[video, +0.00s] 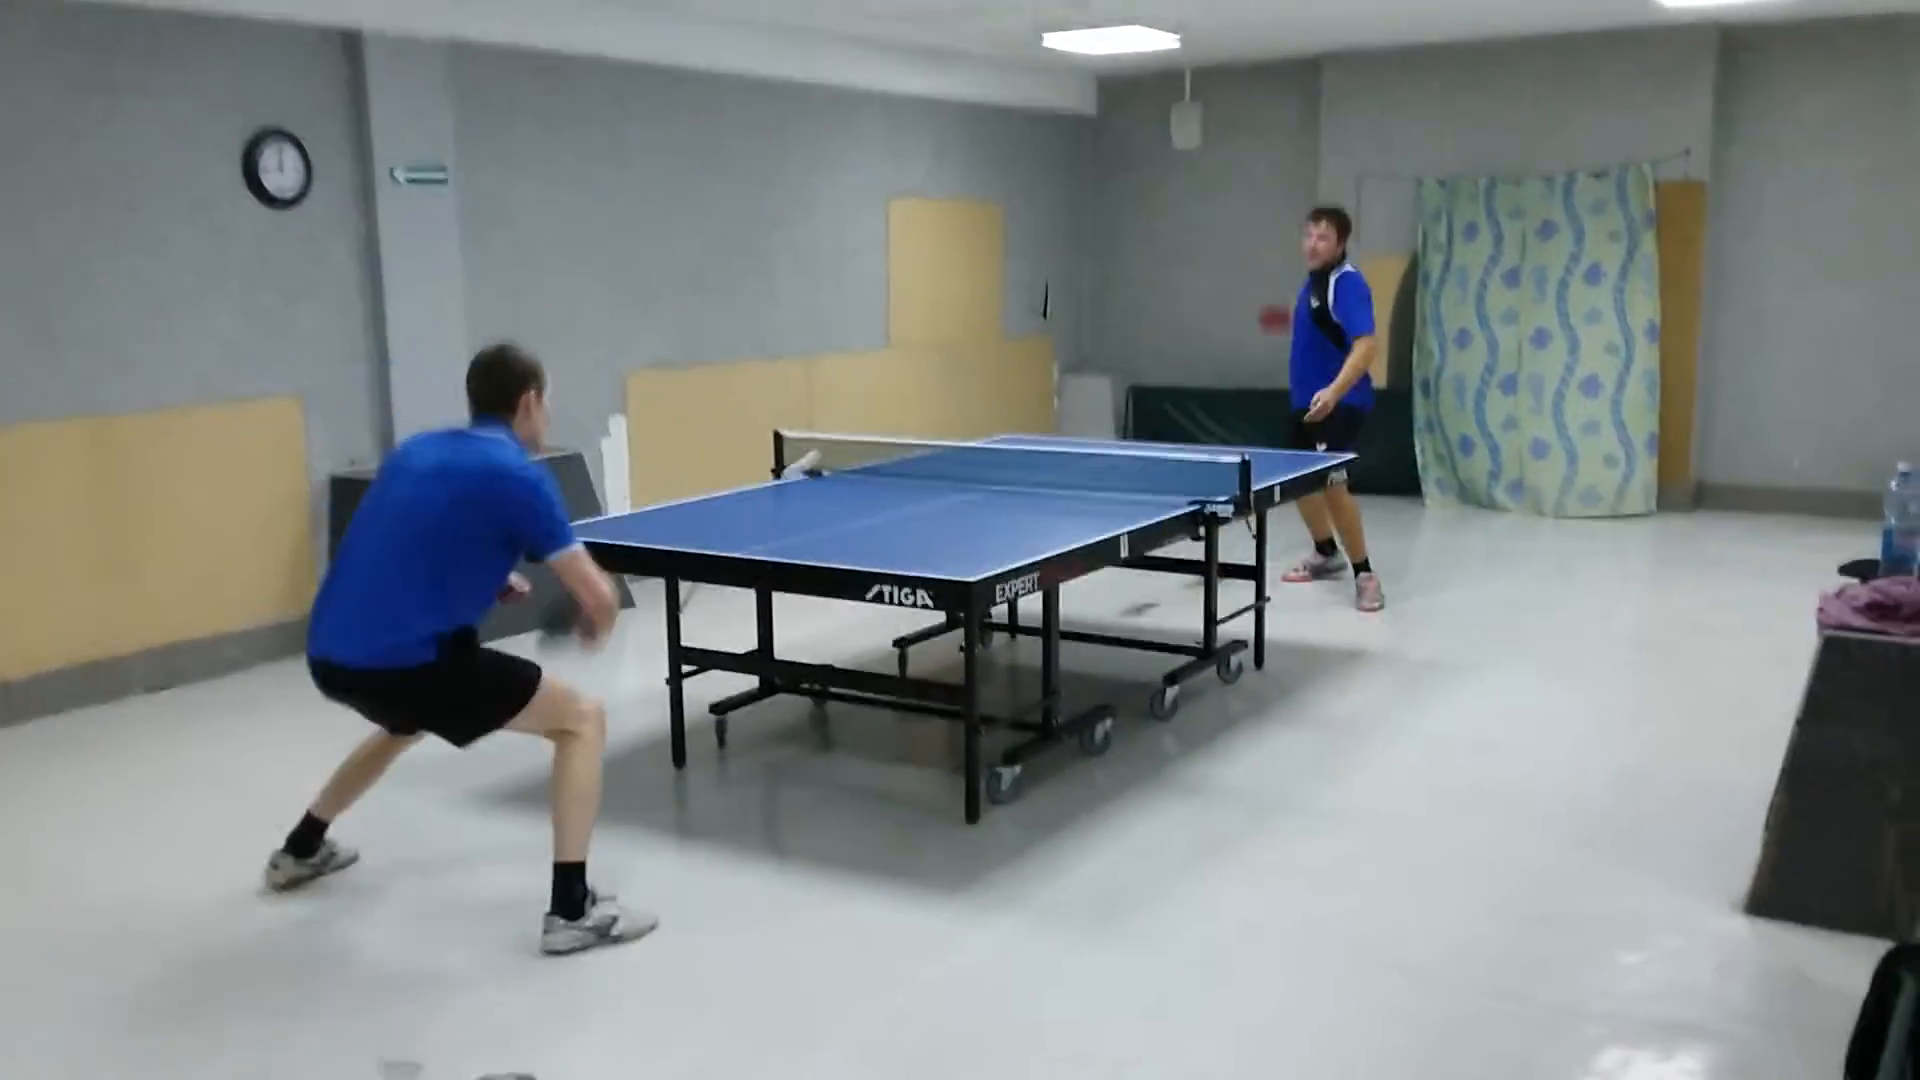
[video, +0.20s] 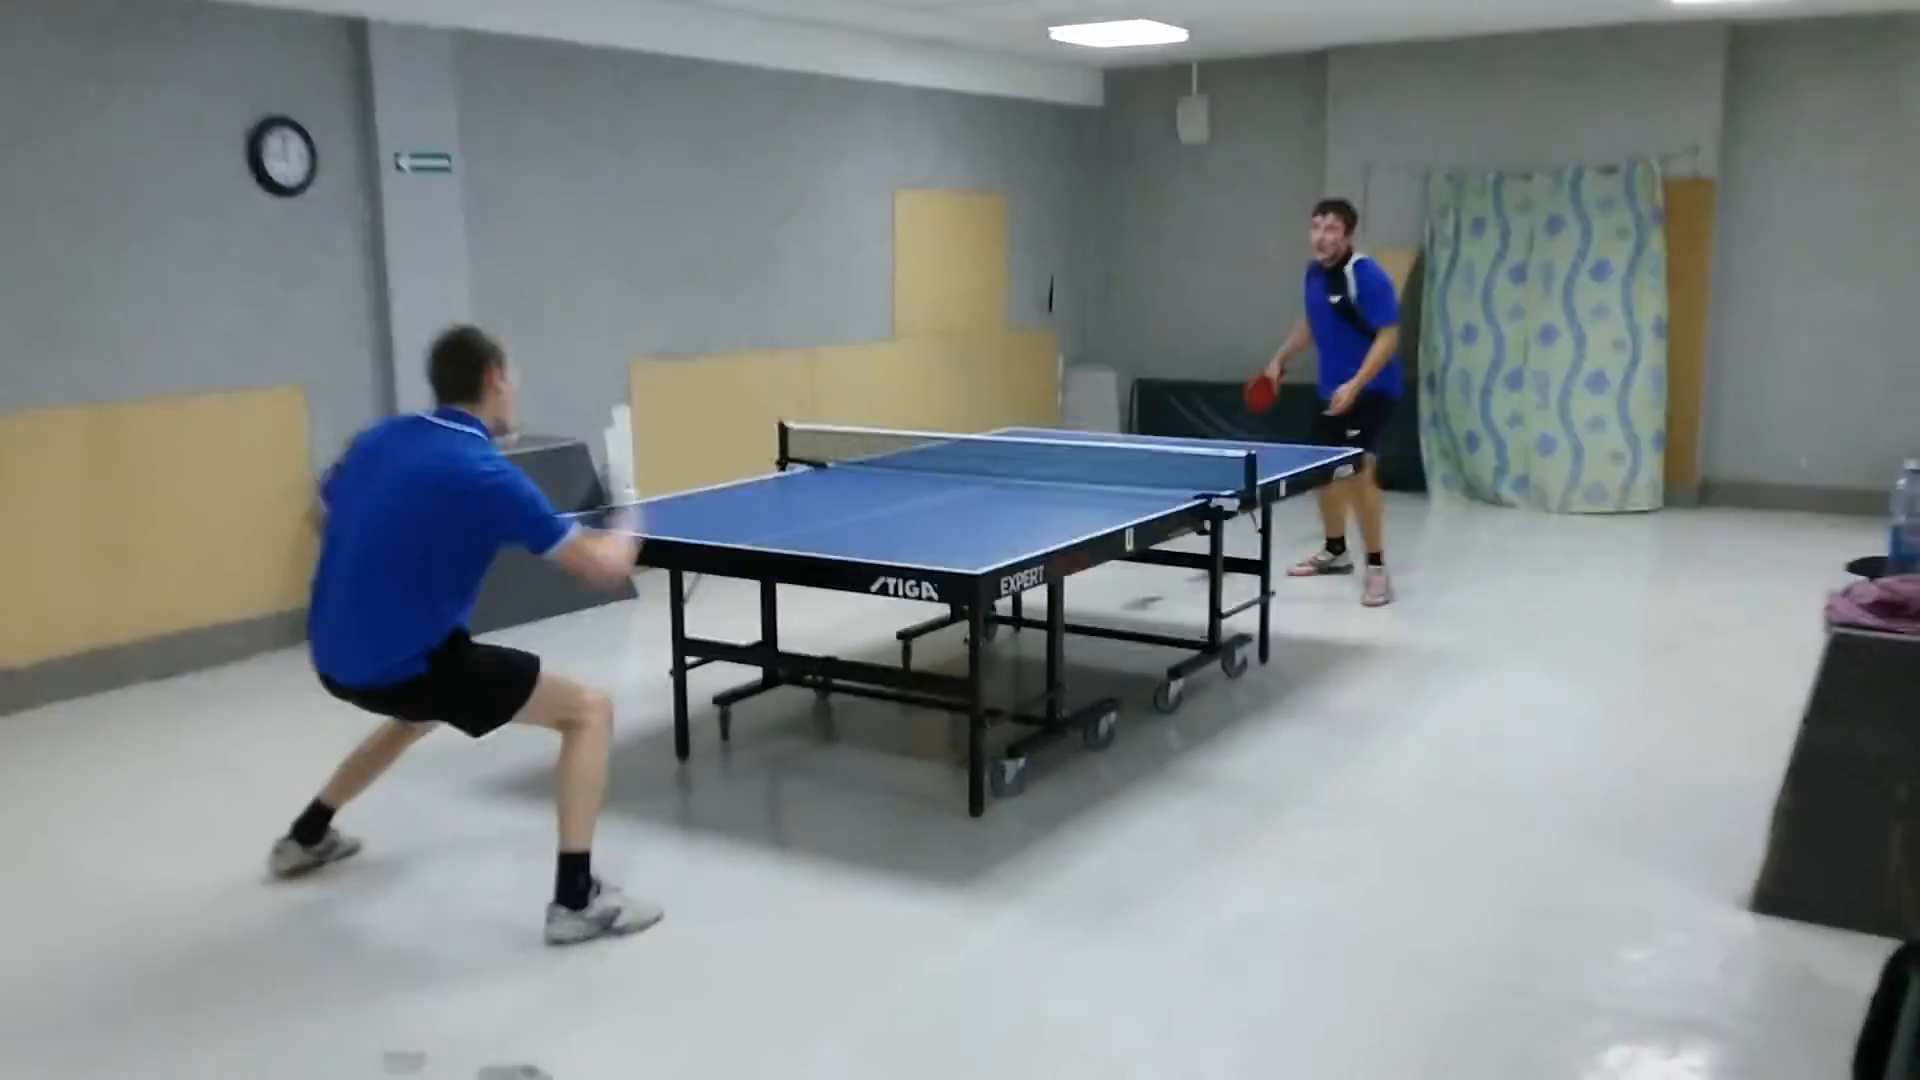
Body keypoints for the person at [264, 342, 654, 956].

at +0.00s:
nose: (546, 417)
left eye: (545, 405)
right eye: (544, 405)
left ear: (476, 402)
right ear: (528, 405)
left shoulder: (417, 449)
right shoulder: (519, 475)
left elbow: (405, 539)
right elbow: (596, 595)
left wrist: (489, 577)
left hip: (334, 657)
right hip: (412, 666)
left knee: (407, 721)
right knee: (581, 718)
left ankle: (300, 849)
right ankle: (571, 909)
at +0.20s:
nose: (511, 393)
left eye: (510, 381)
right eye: (509, 381)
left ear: (438, 386)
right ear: (493, 382)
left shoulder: (381, 437)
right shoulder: (485, 473)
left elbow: (326, 509)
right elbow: (600, 566)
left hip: (338, 658)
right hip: (409, 666)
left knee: (425, 706)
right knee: (588, 709)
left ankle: (306, 836)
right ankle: (576, 899)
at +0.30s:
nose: (472, 338)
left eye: (467, 324)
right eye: (467, 325)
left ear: (398, 334)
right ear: (450, 331)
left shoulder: (340, 385)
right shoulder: (464, 419)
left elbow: (252, 408)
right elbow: (581, 429)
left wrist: (313, 444)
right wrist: (694, 383)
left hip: (326, 615)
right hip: (406, 624)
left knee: (401, 681)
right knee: (567, 702)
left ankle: (311, 823)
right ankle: (582, 884)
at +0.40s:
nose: (410, 268)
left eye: (402, 254)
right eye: (403, 256)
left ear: (332, 267)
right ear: (388, 263)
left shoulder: (269, 327)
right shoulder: (416, 339)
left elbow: (140, 359)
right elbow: (568, 338)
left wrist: (179, 402)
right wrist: (700, 320)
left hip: (275, 582)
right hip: (367, 584)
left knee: (301, 679)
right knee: (474, 715)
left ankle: (291, 825)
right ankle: (547, 891)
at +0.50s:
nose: (360, 220)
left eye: (354, 206)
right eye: (353, 207)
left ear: (275, 218)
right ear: (330, 216)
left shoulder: (212, 291)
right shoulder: (363, 292)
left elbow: (91, 359)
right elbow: (510, 319)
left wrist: (73, 408)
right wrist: (647, 308)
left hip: (237, 555)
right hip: (338, 551)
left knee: (266, 683)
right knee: (430, 721)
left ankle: (212, 856)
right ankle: (447, 920)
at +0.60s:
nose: (307, 230)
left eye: (301, 214)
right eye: (300, 217)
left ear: (221, 230)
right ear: (277, 227)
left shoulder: (161, 315)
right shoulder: (309, 302)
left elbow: (65, 418)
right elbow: (411, 357)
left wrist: (46, 477)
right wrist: (558, 361)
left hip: (215, 587)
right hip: (318, 578)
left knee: (218, 725)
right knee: (396, 744)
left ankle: (109, 889)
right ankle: (421, 937)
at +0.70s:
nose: (278, 280)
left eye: (275, 264)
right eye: (272, 265)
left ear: (194, 280)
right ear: (242, 274)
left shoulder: (132, 367)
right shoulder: (267, 355)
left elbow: (68, 492)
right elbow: (334, 455)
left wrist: (101, 572)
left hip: (171, 634)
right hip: (273, 621)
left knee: (142, 792)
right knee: (391, 748)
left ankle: (29, 979)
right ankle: (427, 932)